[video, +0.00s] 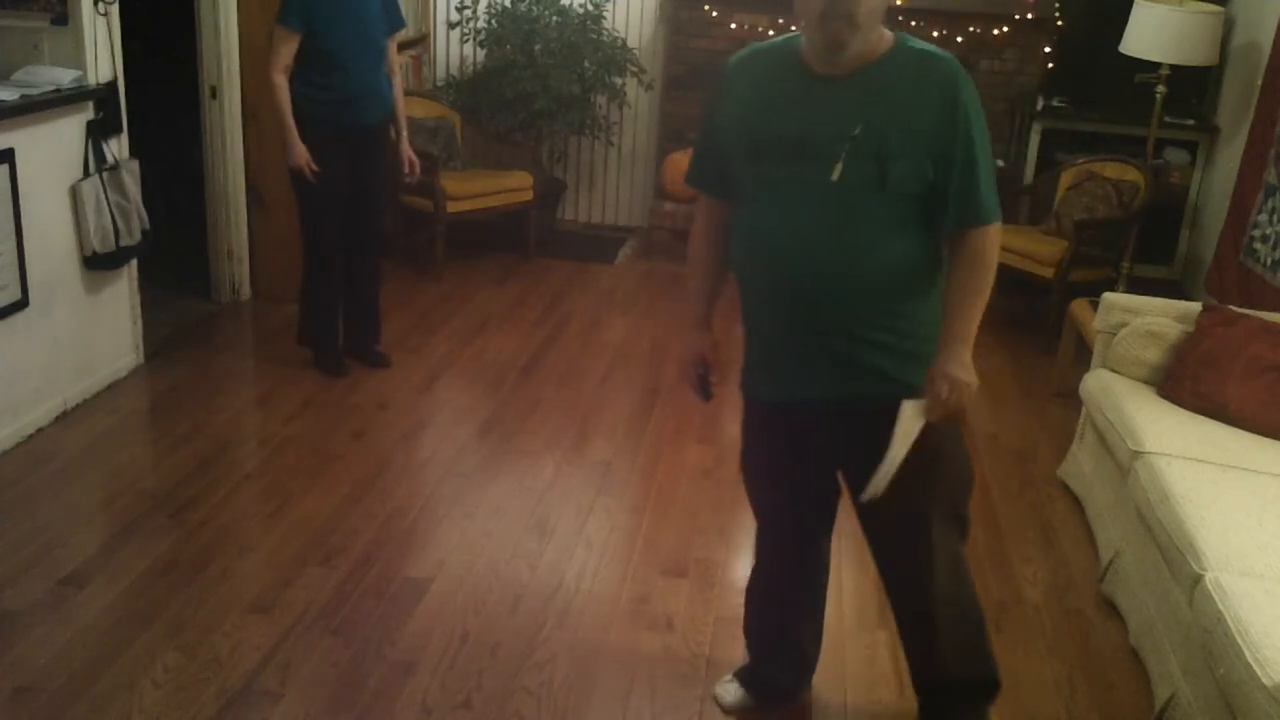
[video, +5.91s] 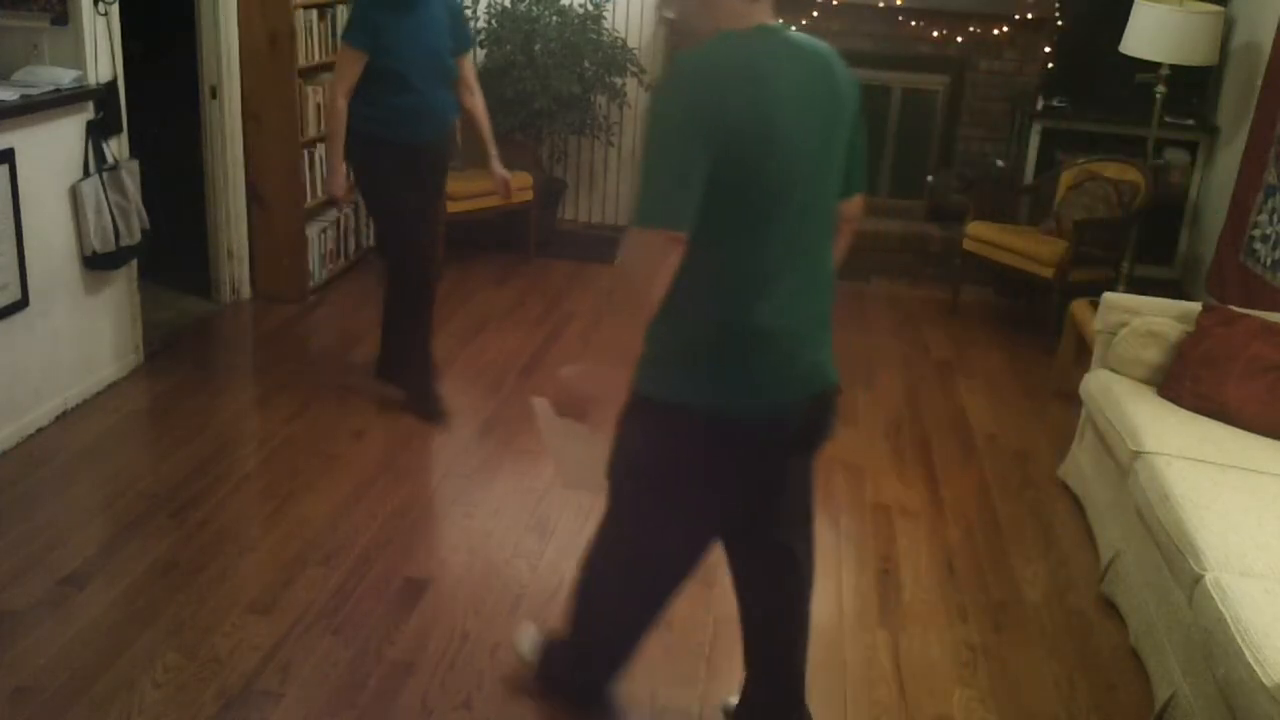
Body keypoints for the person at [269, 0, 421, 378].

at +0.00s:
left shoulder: (384, 6)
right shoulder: (302, 6)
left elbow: (393, 70)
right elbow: (278, 71)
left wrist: (403, 138)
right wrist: (293, 141)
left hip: (372, 136)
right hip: (320, 138)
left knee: (368, 240)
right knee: (325, 242)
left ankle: (363, 339)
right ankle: (324, 346)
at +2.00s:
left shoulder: (379, 6)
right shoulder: (297, 6)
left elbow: (389, 71)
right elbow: (276, 73)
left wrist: (400, 137)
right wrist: (281, 146)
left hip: (370, 133)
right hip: (317, 134)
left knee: (367, 239)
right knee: (322, 241)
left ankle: (363, 339)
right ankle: (323, 345)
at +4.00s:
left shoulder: (331, 8)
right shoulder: (250, 8)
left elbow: (339, 81)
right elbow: (222, 82)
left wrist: (349, 151)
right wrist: (235, 157)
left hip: (321, 147)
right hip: (261, 151)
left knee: (346, 250)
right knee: (268, 262)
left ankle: (343, 341)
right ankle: (265, 370)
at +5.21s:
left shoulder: (379, 6)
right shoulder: (300, 7)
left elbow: (389, 74)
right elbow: (272, 76)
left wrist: (408, 144)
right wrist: (302, 150)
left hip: (365, 139)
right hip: (309, 142)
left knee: (365, 244)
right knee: (316, 245)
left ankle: (356, 347)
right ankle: (304, 343)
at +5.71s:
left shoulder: (422, 7)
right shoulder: (347, 9)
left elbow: (429, 78)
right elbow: (324, 85)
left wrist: (435, 146)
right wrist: (337, 164)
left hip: (411, 144)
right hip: (365, 144)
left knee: (407, 254)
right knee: (369, 253)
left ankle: (398, 361)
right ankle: (325, 337)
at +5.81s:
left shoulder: (436, 8)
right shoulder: (357, 9)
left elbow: (449, 81)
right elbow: (332, 86)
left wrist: (468, 152)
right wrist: (336, 166)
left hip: (420, 145)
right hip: (371, 145)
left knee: (416, 250)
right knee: (397, 251)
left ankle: (399, 359)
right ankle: (372, 356)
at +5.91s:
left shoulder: (451, 10)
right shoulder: (373, 10)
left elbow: (469, 87)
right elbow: (339, 90)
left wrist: (493, 158)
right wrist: (335, 166)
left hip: (431, 148)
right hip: (379, 149)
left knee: (419, 260)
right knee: (413, 262)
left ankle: (395, 360)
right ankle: (421, 385)